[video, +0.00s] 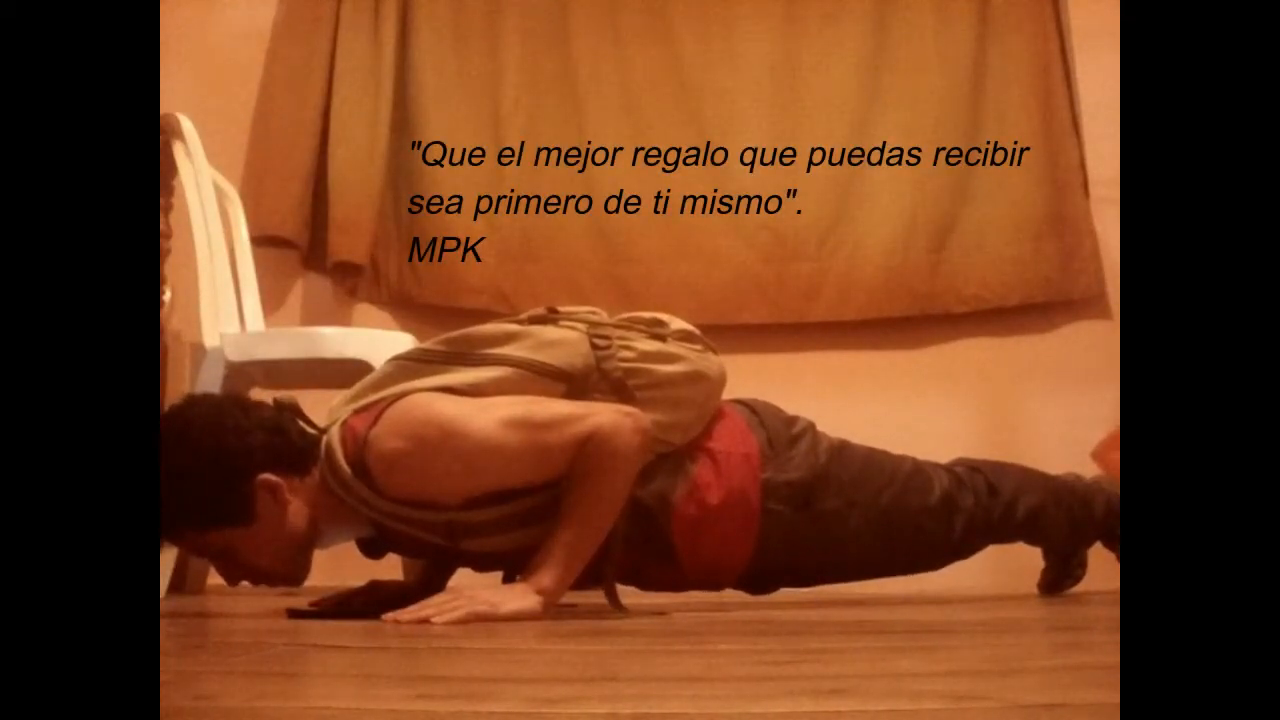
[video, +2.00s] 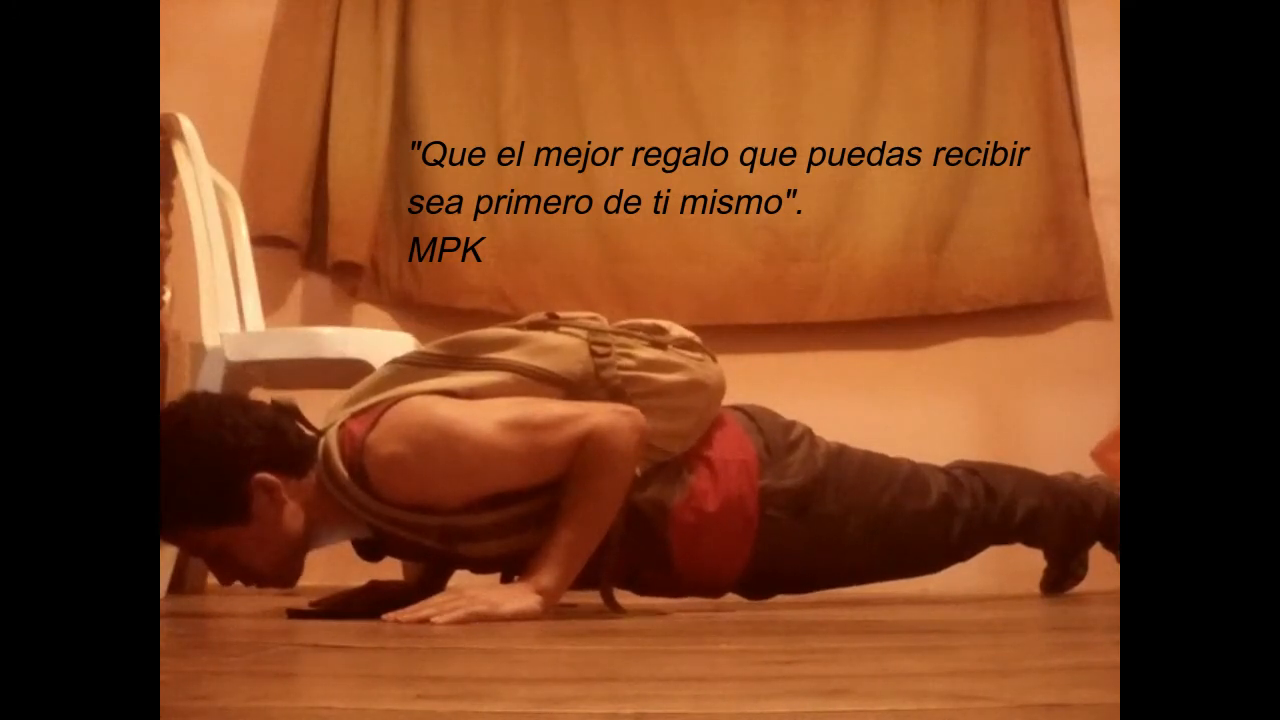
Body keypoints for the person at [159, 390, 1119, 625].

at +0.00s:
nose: (225, 573)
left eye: (218, 549)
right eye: (207, 560)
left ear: (271, 491)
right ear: (266, 480)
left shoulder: (402, 448)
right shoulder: (355, 458)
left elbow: (615, 437)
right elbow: (459, 536)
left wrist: (540, 588)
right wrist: (392, 585)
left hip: (739, 487)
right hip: (711, 501)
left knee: (946, 508)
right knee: (926, 505)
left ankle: (1094, 505)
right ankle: (1078, 505)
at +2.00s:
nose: (217, 575)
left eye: (211, 550)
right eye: (199, 559)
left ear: (264, 493)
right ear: (260, 481)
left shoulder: (400, 452)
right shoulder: (355, 458)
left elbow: (613, 438)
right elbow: (485, 528)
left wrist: (538, 588)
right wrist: (392, 584)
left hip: (737, 496)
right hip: (710, 502)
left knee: (944, 510)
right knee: (923, 507)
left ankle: (1093, 506)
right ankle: (1077, 504)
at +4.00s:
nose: (218, 577)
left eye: (211, 552)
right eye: (199, 562)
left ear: (261, 494)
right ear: (257, 481)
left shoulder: (396, 452)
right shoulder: (353, 463)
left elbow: (608, 438)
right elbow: (472, 535)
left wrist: (539, 588)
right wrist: (386, 587)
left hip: (737, 490)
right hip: (708, 506)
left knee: (941, 508)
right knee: (921, 508)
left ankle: (1093, 505)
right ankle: (1072, 505)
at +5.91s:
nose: (212, 579)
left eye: (206, 554)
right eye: (195, 563)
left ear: (258, 499)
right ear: (255, 482)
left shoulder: (394, 456)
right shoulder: (351, 459)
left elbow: (606, 437)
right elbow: (481, 522)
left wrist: (538, 589)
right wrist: (392, 583)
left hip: (735, 491)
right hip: (708, 498)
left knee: (944, 508)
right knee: (924, 506)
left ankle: (1094, 504)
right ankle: (1075, 505)